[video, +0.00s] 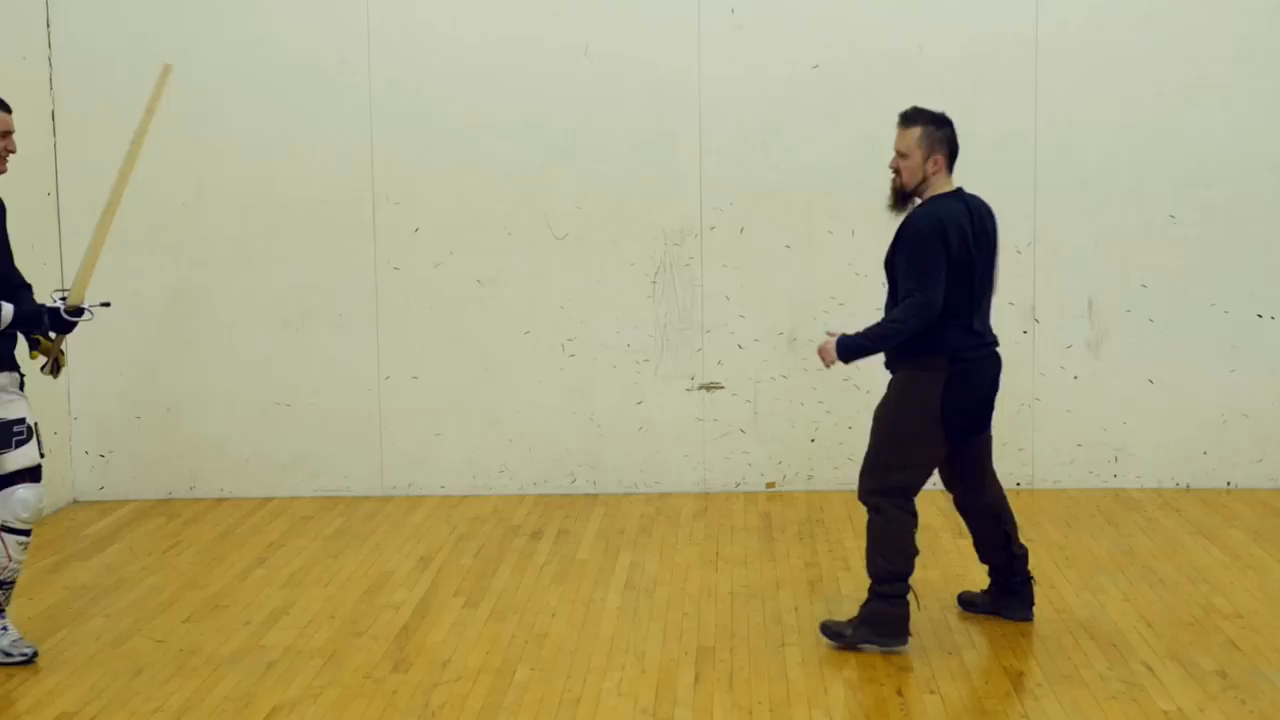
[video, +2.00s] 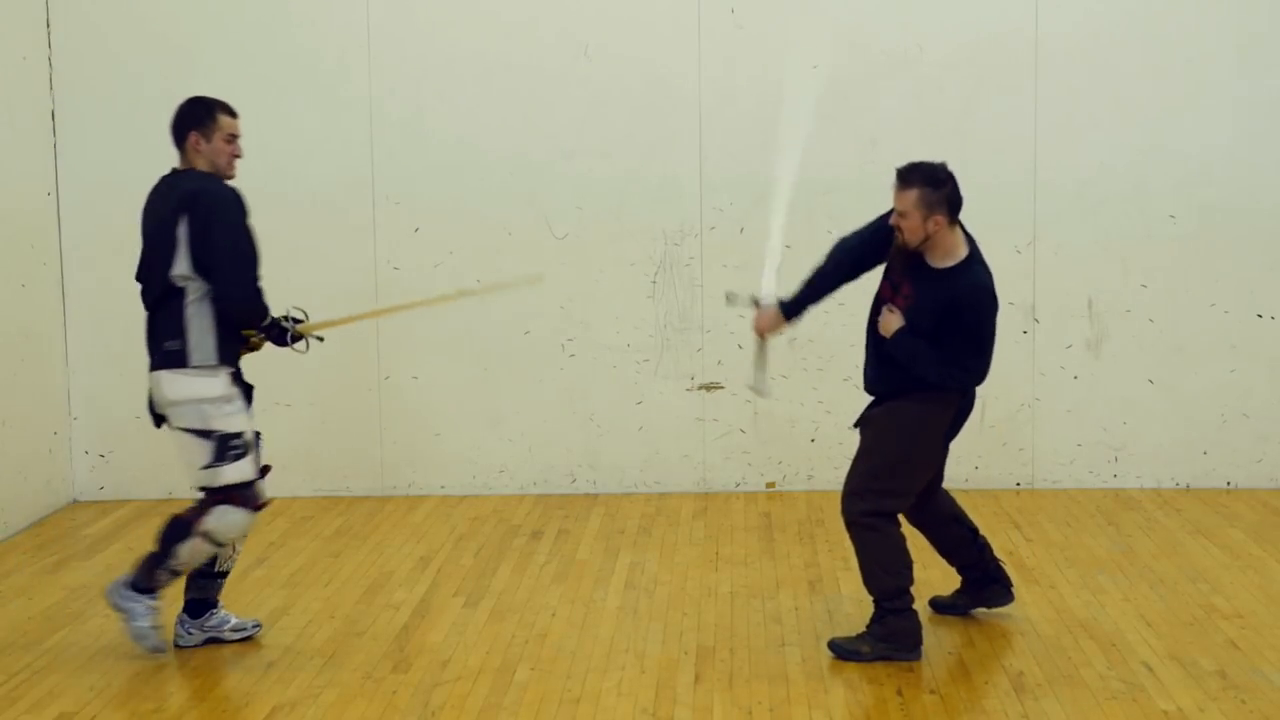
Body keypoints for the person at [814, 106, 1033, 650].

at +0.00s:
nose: (894, 165)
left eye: (902, 156)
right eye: (895, 155)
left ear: (935, 161)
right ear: (941, 163)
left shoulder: (925, 224)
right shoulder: (978, 213)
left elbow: (919, 309)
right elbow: (964, 294)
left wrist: (847, 346)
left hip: (930, 376)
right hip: (974, 371)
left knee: (886, 488)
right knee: (972, 480)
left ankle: (884, 617)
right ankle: (1012, 590)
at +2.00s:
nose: (892, 220)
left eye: (903, 215)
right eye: (894, 210)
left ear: (938, 222)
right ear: (927, 217)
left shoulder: (971, 288)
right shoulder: (905, 231)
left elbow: (970, 371)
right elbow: (847, 260)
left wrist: (902, 337)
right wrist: (787, 309)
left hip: (931, 406)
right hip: (903, 396)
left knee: (866, 504)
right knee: (919, 496)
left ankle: (895, 629)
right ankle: (986, 579)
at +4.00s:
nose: (1015, 254)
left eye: (1026, 243)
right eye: (1007, 242)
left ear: (1046, 239)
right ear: (997, 237)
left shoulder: (1077, 264)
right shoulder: (986, 268)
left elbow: (1116, 320)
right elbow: (989, 352)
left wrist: (1054, 339)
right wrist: (972, 322)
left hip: (1074, 379)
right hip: (1006, 377)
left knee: (1076, 476)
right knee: (984, 471)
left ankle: (1075, 581)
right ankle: (997, 563)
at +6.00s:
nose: (1079, 406)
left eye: (1087, 396)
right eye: (1068, 397)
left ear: (1099, 379)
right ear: (1051, 382)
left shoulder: (1118, 391)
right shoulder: (1022, 385)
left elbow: (1182, 443)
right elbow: (955, 439)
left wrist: (1196, 424)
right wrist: (993, 416)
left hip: (1083, 477)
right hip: (1015, 479)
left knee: (1108, 506)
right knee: (986, 580)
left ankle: (1074, 588)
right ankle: (966, 534)